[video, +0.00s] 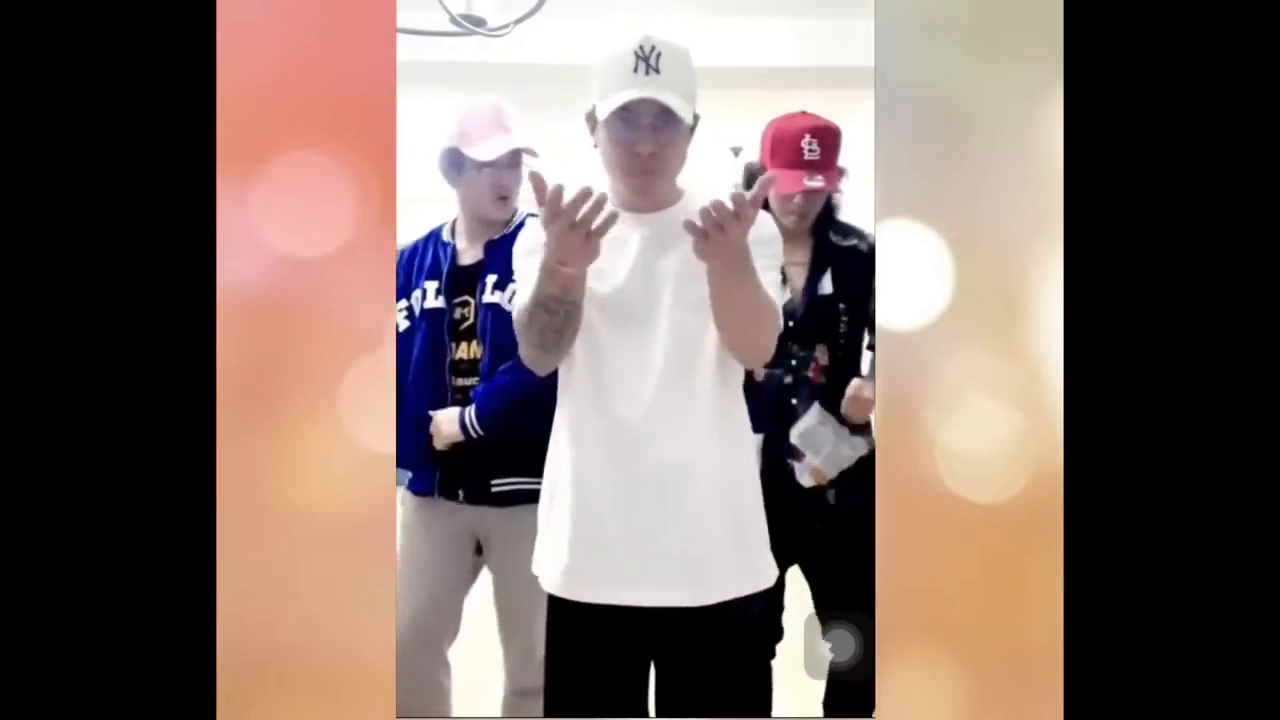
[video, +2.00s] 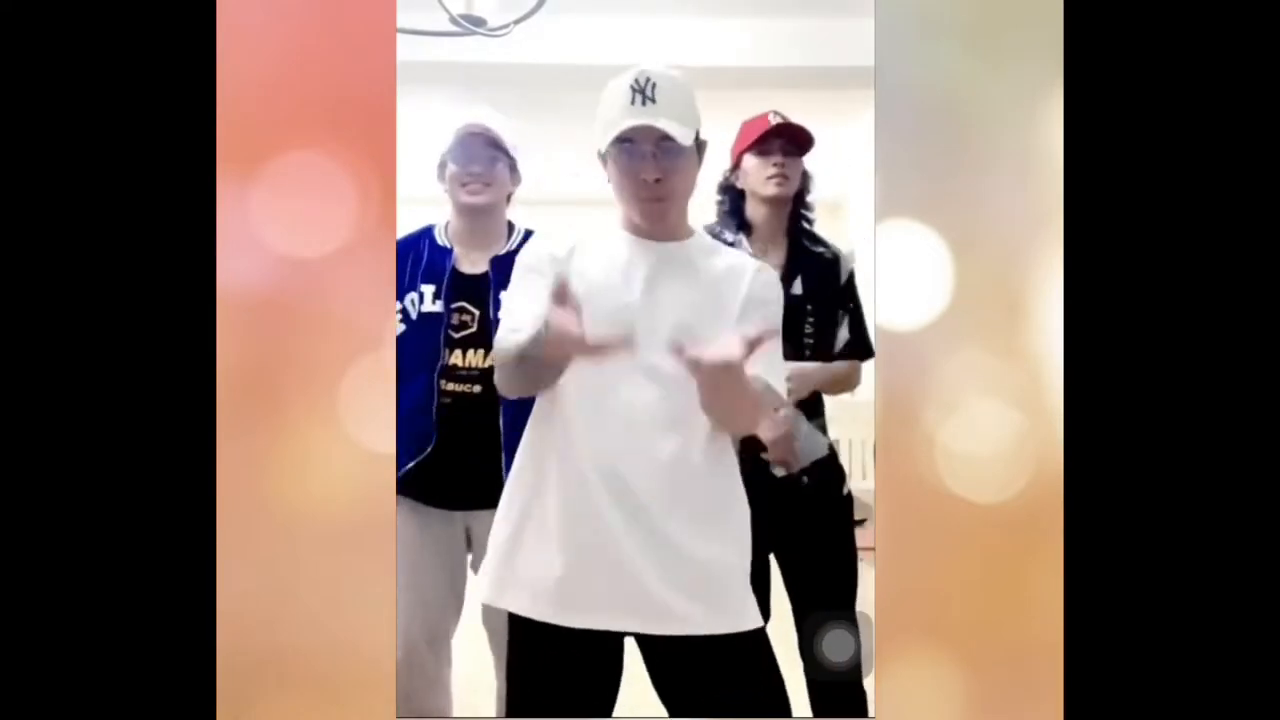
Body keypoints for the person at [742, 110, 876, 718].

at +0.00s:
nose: (808, 187)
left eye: (819, 175)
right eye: (794, 174)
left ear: (833, 179)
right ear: (764, 176)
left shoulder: (861, 255)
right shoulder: (735, 248)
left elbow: (895, 345)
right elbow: (711, 354)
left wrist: (874, 389)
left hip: (842, 477)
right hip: (749, 474)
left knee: (855, 644)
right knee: (745, 640)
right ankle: (745, 716)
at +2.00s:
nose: (781, 164)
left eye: (791, 155)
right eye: (766, 153)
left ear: (802, 172)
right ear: (737, 170)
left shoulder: (826, 262)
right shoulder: (704, 255)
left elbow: (850, 370)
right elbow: (687, 354)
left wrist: (811, 374)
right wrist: (753, 400)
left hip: (809, 466)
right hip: (725, 466)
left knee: (831, 644)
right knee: (733, 633)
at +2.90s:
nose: (796, 160)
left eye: (808, 149)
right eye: (783, 149)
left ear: (830, 160)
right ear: (758, 166)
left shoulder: (864, 245)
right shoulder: (741, 245)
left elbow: (897, 344)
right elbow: (744, 351)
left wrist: (798, 341)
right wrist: (844, 359)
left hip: (848, 473)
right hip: (761, 469)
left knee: (846, 635)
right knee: (763, 628)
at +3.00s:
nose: (800, 158)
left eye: (812, 146)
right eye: (784, 147)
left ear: (833, 162)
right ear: (758, 166)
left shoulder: (866, 247)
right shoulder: (739, 247)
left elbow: (901, 340)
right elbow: (743, 359)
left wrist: (799, 336)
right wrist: (848, 359)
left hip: (855, 477)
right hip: (769, 475)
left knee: (846, 640)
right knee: (765, 636)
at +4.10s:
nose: (809, 157)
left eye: (822, 146)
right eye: (794, 146)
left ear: (840, 164)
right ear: (771, 165)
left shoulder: (875, 248)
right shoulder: (743, 251)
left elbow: (897, 358)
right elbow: (723, 348)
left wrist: (818, 321)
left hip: (852, 464)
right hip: (762, 457)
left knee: (845, 632)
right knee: (754, 624)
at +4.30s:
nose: (813, 161)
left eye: (826, 150)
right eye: (797, 150)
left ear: (842, 167)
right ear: (772, 168)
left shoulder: (876, 255)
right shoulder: (743, 257)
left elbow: (908, 374)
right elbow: (720, 367)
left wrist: (855, 346)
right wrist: (784, 349)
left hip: (859, 474)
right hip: (766, 471)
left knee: (849, 647)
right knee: (767, 637)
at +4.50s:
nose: (811, 154)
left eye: (824, 146)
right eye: (795, 143)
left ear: (837, 165)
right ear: (767, 161)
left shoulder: (866, 245)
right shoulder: (737, 247)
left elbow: (891, 351)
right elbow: (732, 347)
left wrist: (852, 281)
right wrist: (816, 296)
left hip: (859, 464)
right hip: (774, 460)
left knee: (850, 643)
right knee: (775, 632)